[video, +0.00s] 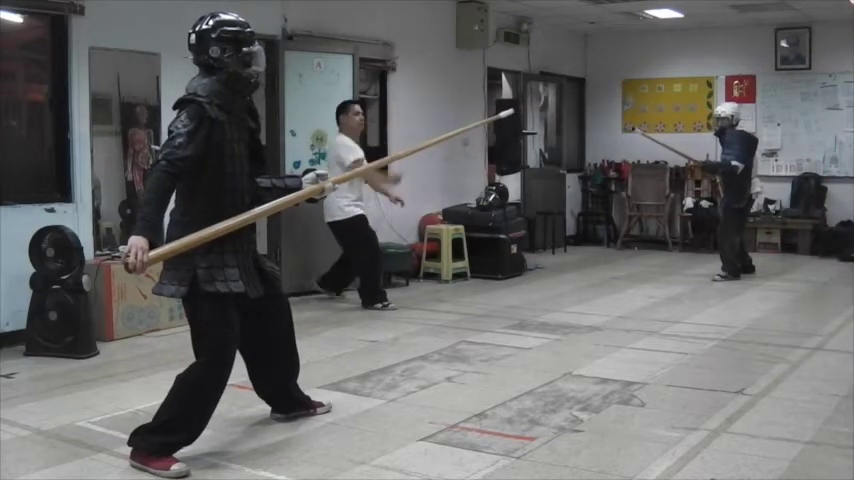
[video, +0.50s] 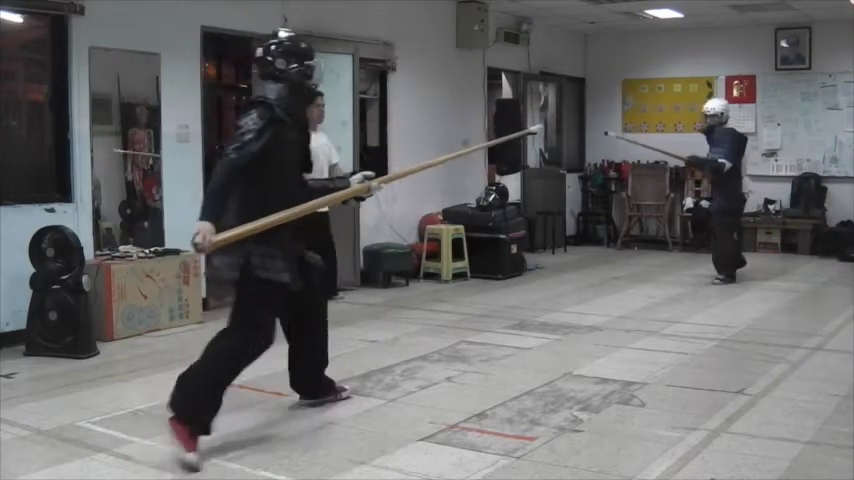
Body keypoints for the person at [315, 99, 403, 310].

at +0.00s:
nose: (361, 118)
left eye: (362, 114)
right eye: (356, 114)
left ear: (362, 120)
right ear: (342, 120)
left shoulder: (346, 143)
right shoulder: (344, 144)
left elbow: (364, 175)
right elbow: (363, 172)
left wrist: (387, 186)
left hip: (344, 208)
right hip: (344, 208)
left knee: (357, 250)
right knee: (368, 247)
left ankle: (330, 283)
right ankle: (372, 298)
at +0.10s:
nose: (353, 116)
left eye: (354, 112)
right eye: (348, 112)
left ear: (354, 117)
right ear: (335, 118)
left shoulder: (350, 145)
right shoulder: (331, 144)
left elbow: (359, 179)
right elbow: (327, 179)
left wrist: (373, 204)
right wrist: (337, 210)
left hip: (351, 210)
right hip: (336, 211)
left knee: (350, 254)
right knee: (356, 254)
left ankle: (326, 289)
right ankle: (371, 297)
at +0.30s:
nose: (340, 111)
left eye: (341, 107)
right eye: (335, 107)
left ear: (340, 111)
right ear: (322, 112)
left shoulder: (342, 139)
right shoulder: (313, 137)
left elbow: (344, 169)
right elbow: (300, 169)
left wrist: (348, 190)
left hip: (337, 202)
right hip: (316, 203)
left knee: (335, 247)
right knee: (328, 247)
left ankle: (321, 289)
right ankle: (337, 293)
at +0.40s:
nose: (331, 110)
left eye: (332, 106)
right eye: (326, 106)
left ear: (331, 109)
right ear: (313, 110)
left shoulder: (331, 136)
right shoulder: (306, 136)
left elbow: (334, 164)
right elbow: (299, 165)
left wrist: (338, 185)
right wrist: (300, 190)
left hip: (328, 189)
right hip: (311, 191)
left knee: (331, 240)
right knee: (317, 242)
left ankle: (332, 285)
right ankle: (318, 288)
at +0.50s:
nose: (322, 112)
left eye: (323, 107)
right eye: (317, 107)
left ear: (322, 110)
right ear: (304, 110)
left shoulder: (322, 139)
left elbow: (335, 171)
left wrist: (355, 180)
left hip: (320, 208)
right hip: (298, 209)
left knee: (325, 250)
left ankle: (328, 289)